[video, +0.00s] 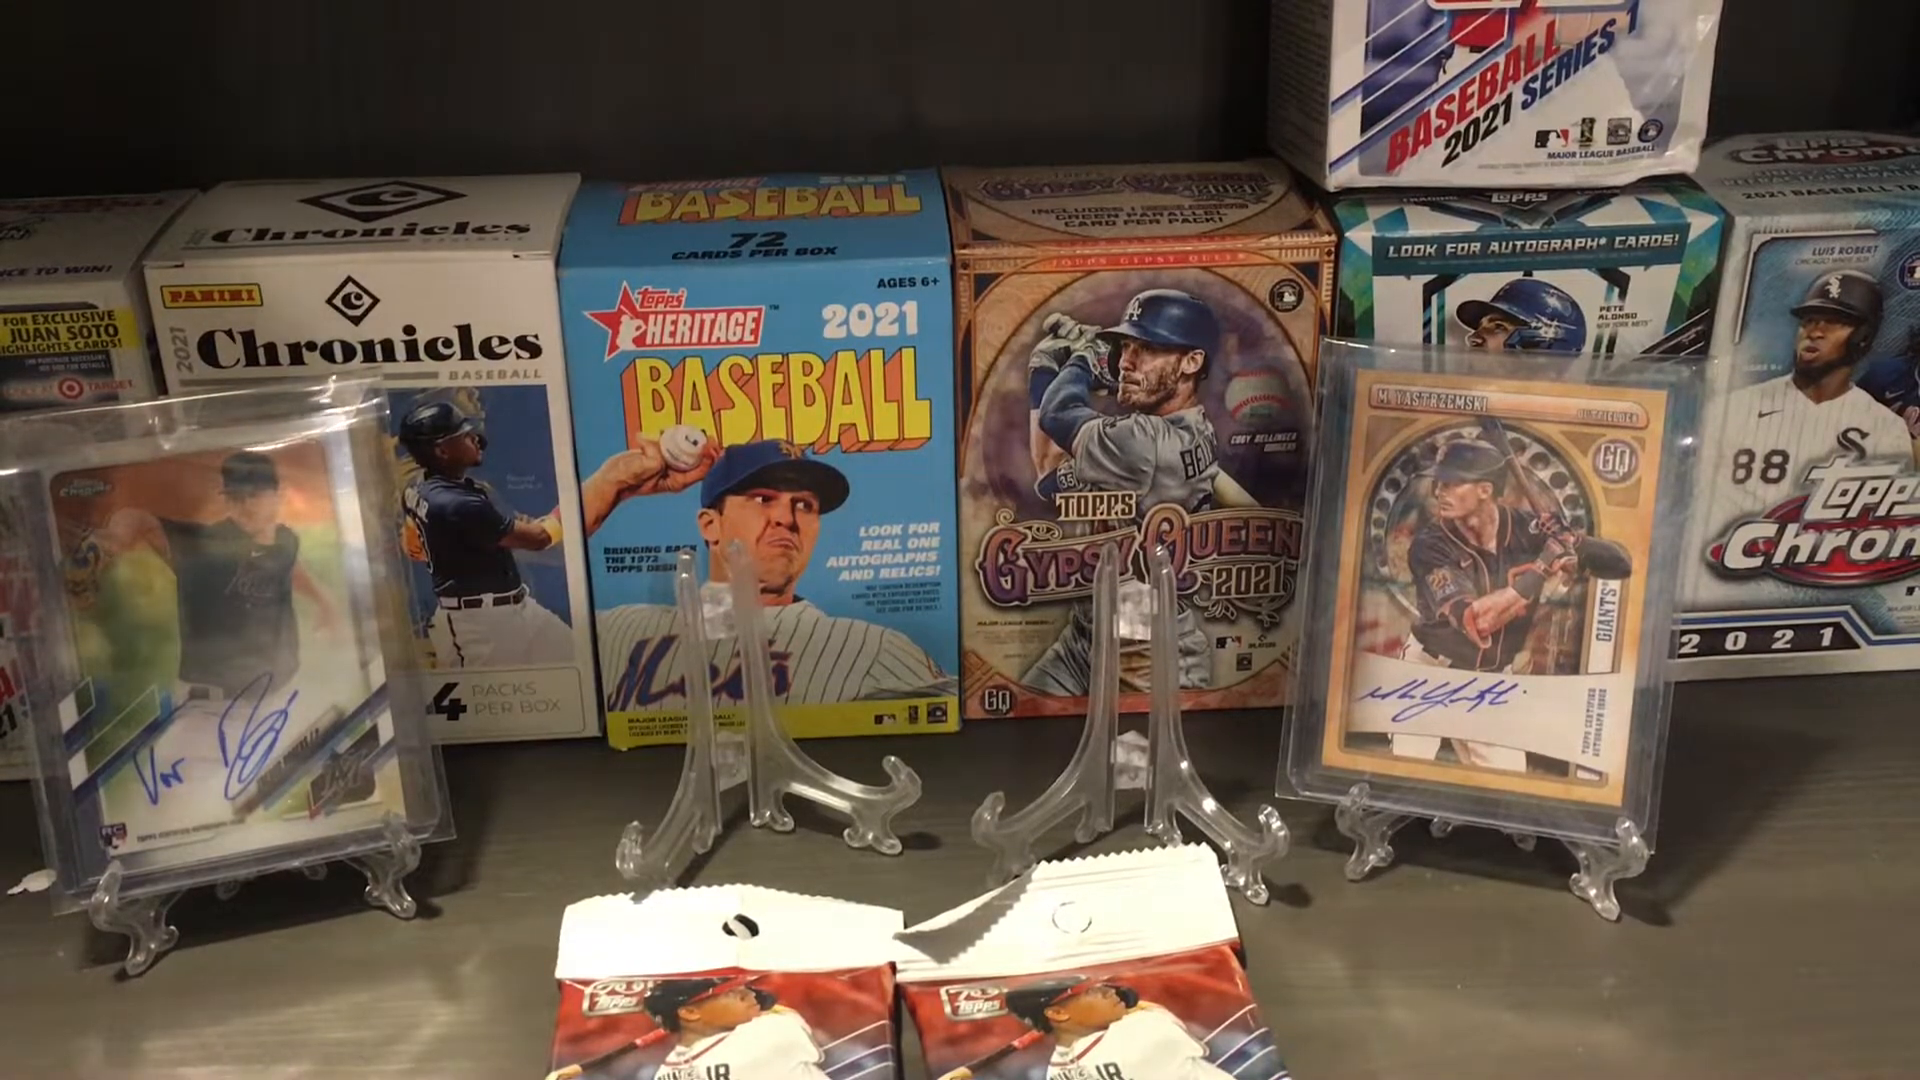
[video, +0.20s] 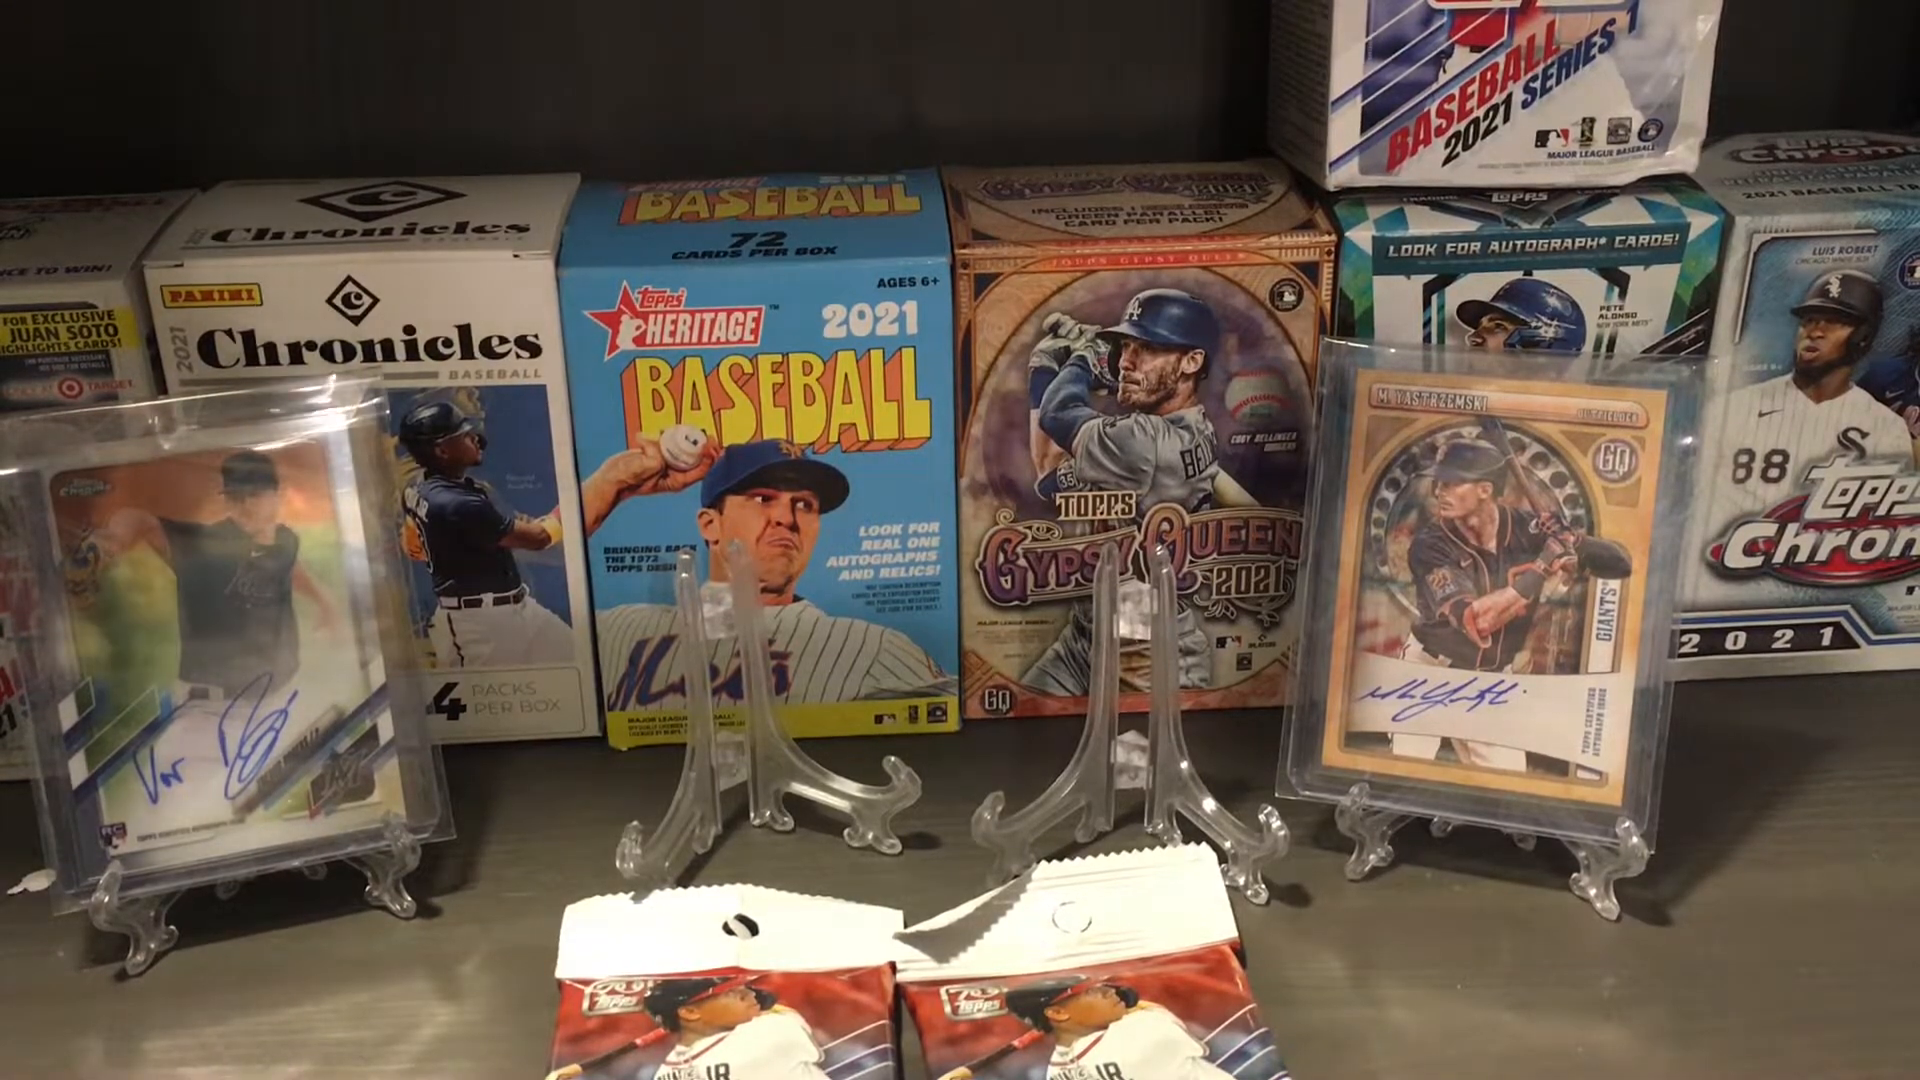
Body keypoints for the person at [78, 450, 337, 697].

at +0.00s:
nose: (246, 506)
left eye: (255, 495)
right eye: (236, 498)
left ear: (276, 496)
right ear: (227, 501)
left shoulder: (286, 542)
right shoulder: (203, 543)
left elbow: (292, 570)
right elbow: (136, 519)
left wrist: (323, 602)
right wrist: (118, 539)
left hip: (276, 688)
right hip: (214, 694)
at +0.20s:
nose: (245, 506)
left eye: (254, 495)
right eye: (235, 498)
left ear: (276, 497)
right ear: (227, 501)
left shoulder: (286, 542)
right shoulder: (203, 544)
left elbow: (291, 570)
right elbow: (137, 520)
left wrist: (323, 602)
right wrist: (115, 542)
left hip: (276, 689)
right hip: (214, 697)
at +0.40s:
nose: (252, 506)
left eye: (260, 495)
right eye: (242, 497)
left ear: (277, 497)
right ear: (231, 502)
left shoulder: (287, 543)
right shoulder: (199, 544)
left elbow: (291, 571)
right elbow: (138, 519)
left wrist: (324, 603)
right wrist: (113, 541)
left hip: (278, 697)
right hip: (216, 702)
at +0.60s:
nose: (251, 506)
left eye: (258, 495)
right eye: (240, 498)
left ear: (277, 496)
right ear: (230, 502)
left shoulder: (286, 542)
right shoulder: (198, 543)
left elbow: (289, 571)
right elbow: (136, 519)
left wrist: (323, 602)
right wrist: (113, 540)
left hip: (277, 696)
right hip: (215, 701)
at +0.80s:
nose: (249, 506)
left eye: (257, 494)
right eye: (239, 497)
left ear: (277, 496)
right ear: (229, 501)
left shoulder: (286, 542)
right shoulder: (199, 543)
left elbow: (289, 571)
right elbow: (136, 519)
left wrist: (323, 602)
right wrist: (113, 540)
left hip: (277, 696)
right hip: (215, 701)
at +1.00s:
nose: (252, 506)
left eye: (260, 495)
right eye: (241, 497)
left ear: (277, 497)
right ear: (230, 502)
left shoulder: (286, 542)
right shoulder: (198, 543)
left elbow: (291, 571)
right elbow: (136, 519)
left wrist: (323, 602)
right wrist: (114, 540)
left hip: (278, 695)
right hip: (215, 701)